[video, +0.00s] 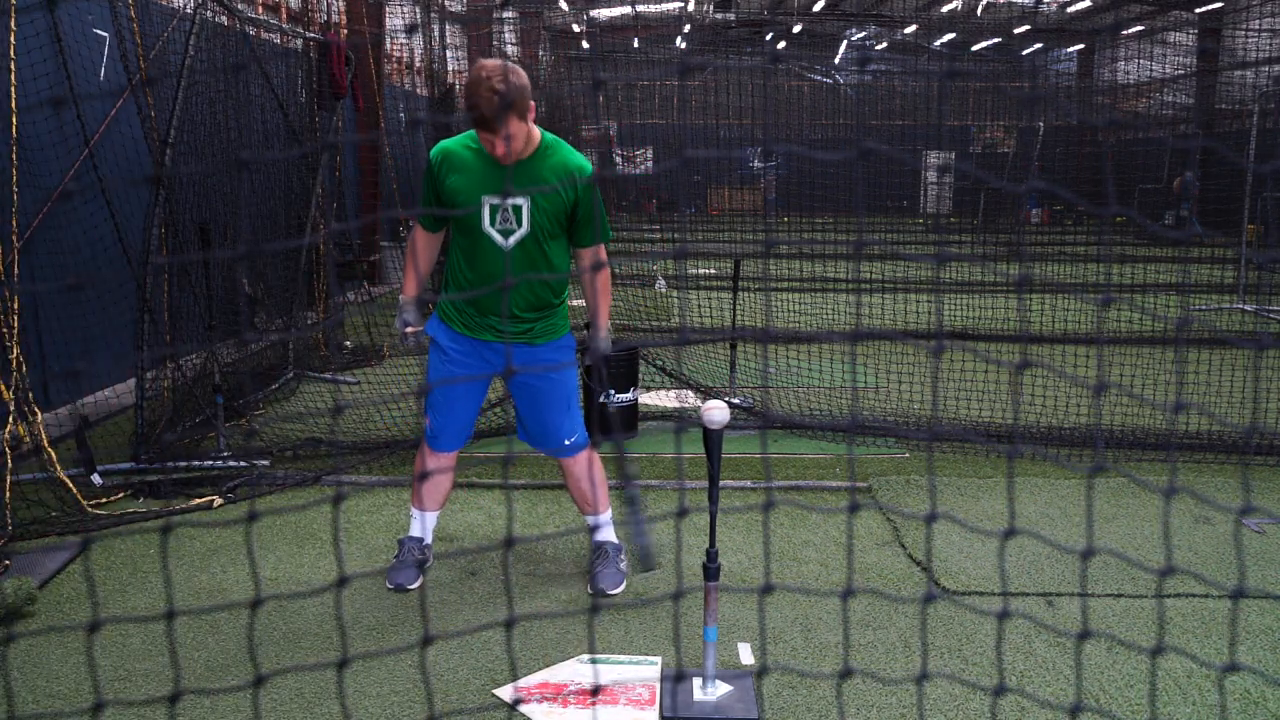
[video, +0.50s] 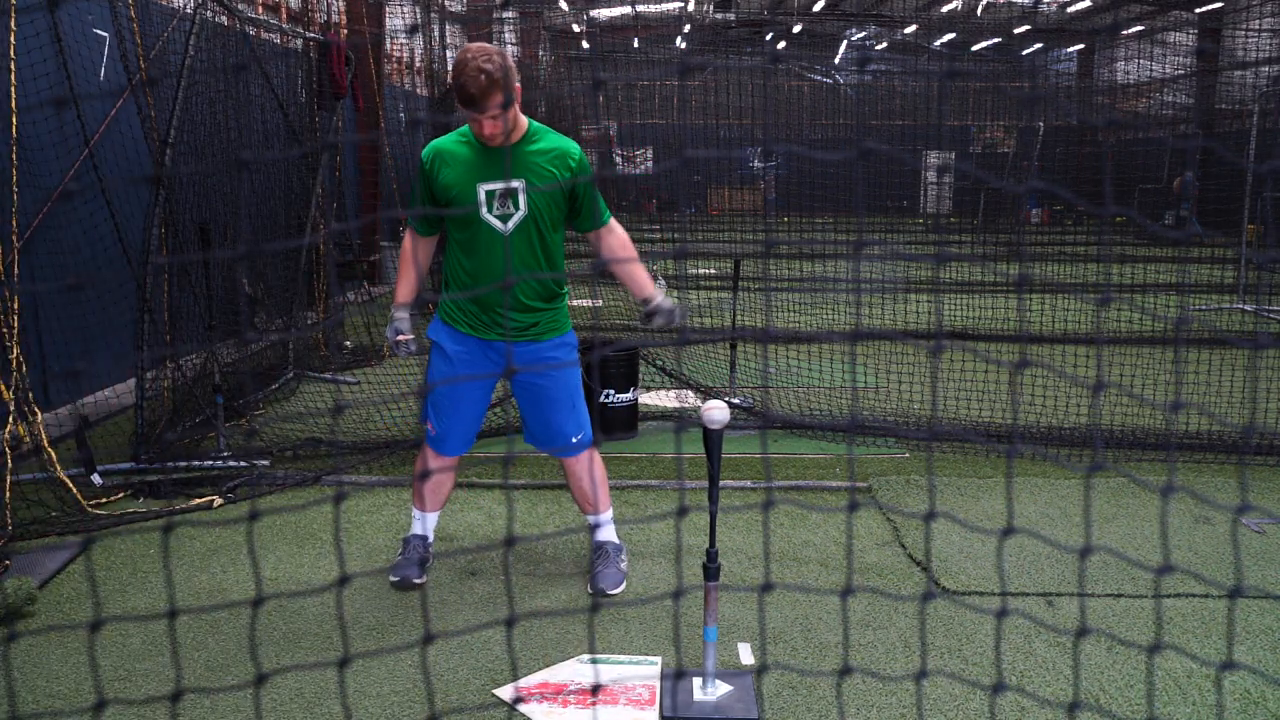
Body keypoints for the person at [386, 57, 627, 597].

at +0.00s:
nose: (499, 147)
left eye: (508, 135)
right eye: (487, 136)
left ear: (531, 112)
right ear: (473, 121)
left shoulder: (572, 172)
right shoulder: (447, 162)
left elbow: (594, 261)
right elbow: (427, 231)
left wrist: (601, 339)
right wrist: (409, 300)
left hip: (543, 336)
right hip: (460, 331)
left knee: (571, 445)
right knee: (438, 444)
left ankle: (605, 541)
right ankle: (417, 541)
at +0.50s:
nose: (491, 127)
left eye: (500, 113)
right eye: (479, 117)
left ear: (518, 94)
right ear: (461, 106)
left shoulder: (563, 157)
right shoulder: (440, 160)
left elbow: (606, 231)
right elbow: (419, 238)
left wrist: (651, 295)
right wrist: (401, 309)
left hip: (544, 330)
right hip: (462, 330)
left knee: (573, 442)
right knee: (440, 443)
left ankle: (606, 543)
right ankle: (419, 539)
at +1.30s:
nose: (487, 88)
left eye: (495, 75)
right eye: (475, 78)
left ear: (509, 75)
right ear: (456, 83)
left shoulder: (550, 156)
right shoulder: (433, 160)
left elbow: (597, 239)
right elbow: (419, 243)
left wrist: (645, 309)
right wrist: (399, 315)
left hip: (539, 332)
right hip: (458, 333)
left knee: (571, 444)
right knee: (437, 445)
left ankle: (608, 541)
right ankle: (418, 539)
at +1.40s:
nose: (492, 85)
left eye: (500, 74)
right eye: (479, 76)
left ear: (513, 78)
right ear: (458, 82)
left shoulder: (545, 160)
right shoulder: (431, 159)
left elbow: (559, 259)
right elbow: (420, 241)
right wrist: (401, 313)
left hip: (534, 335)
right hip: (455, 334)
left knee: (570, 444)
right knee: (437, 446)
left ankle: (608, 541)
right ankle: (418, 540)